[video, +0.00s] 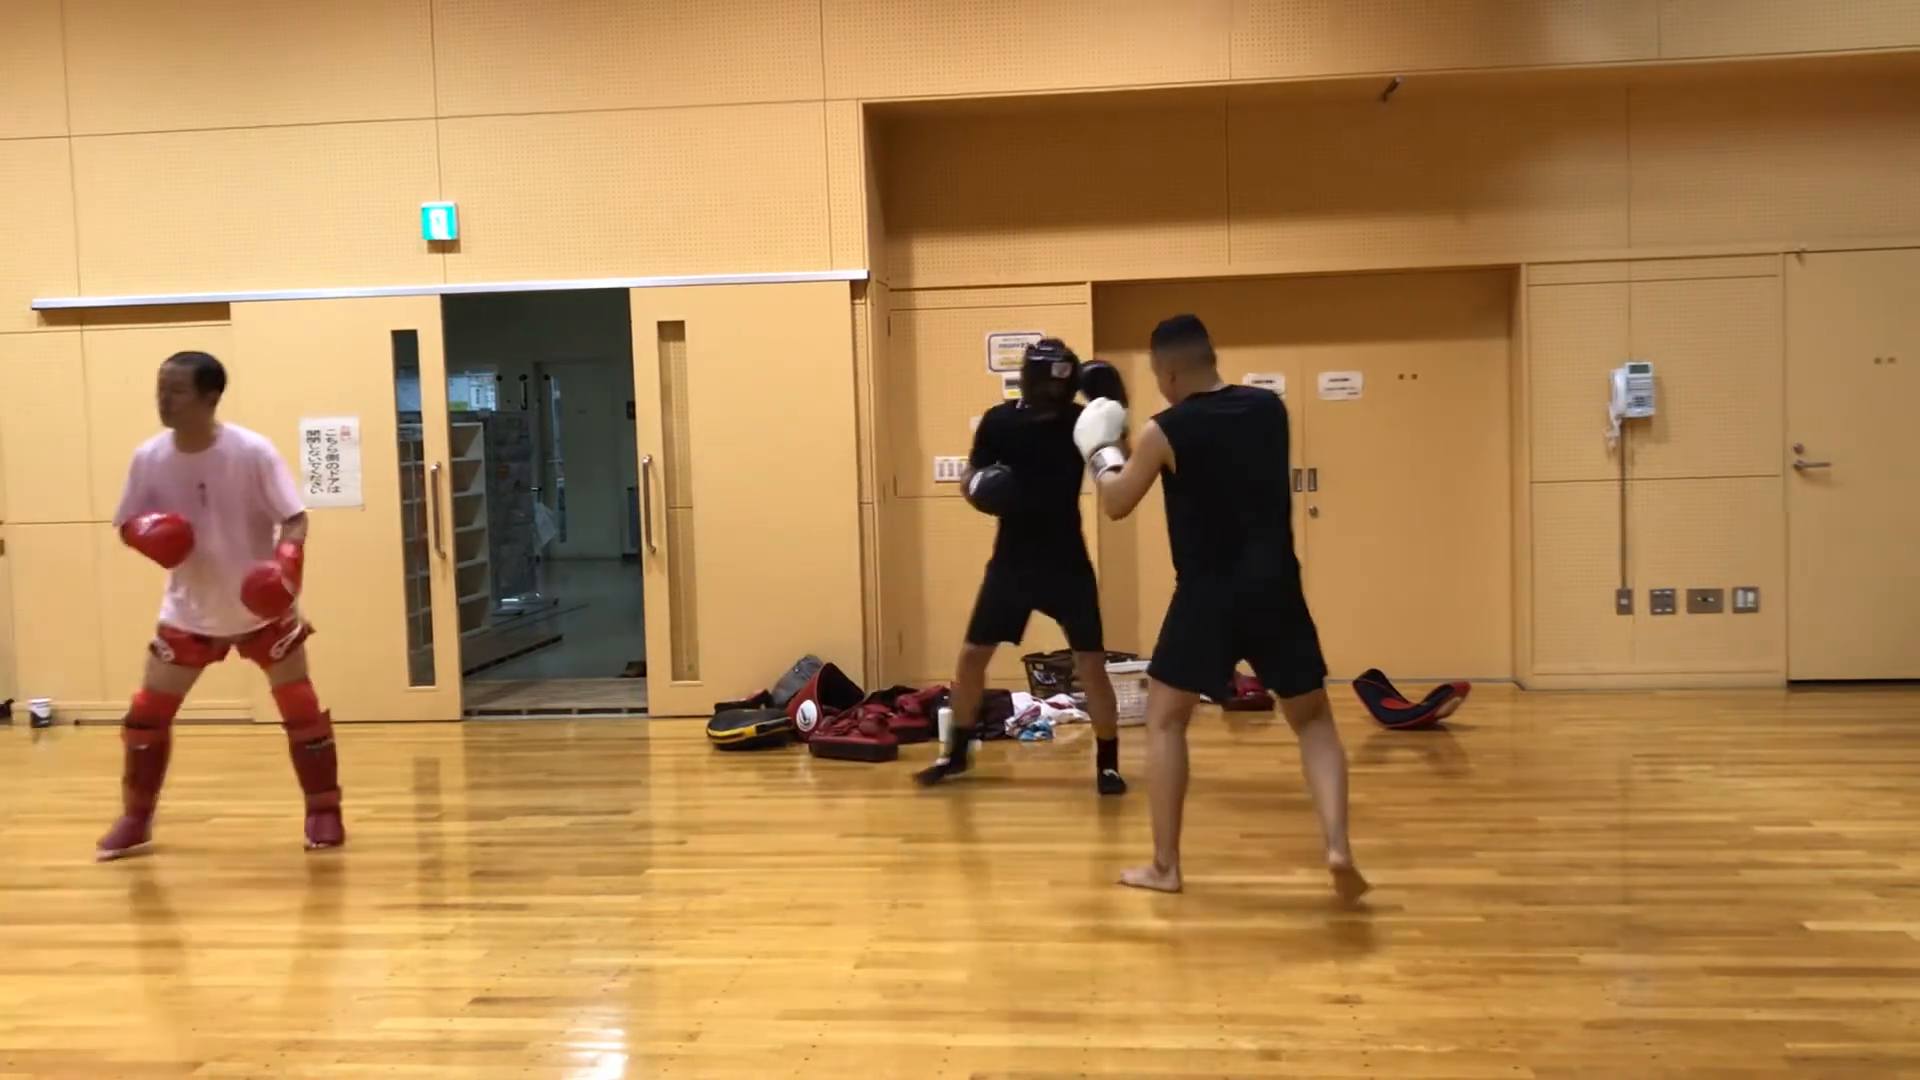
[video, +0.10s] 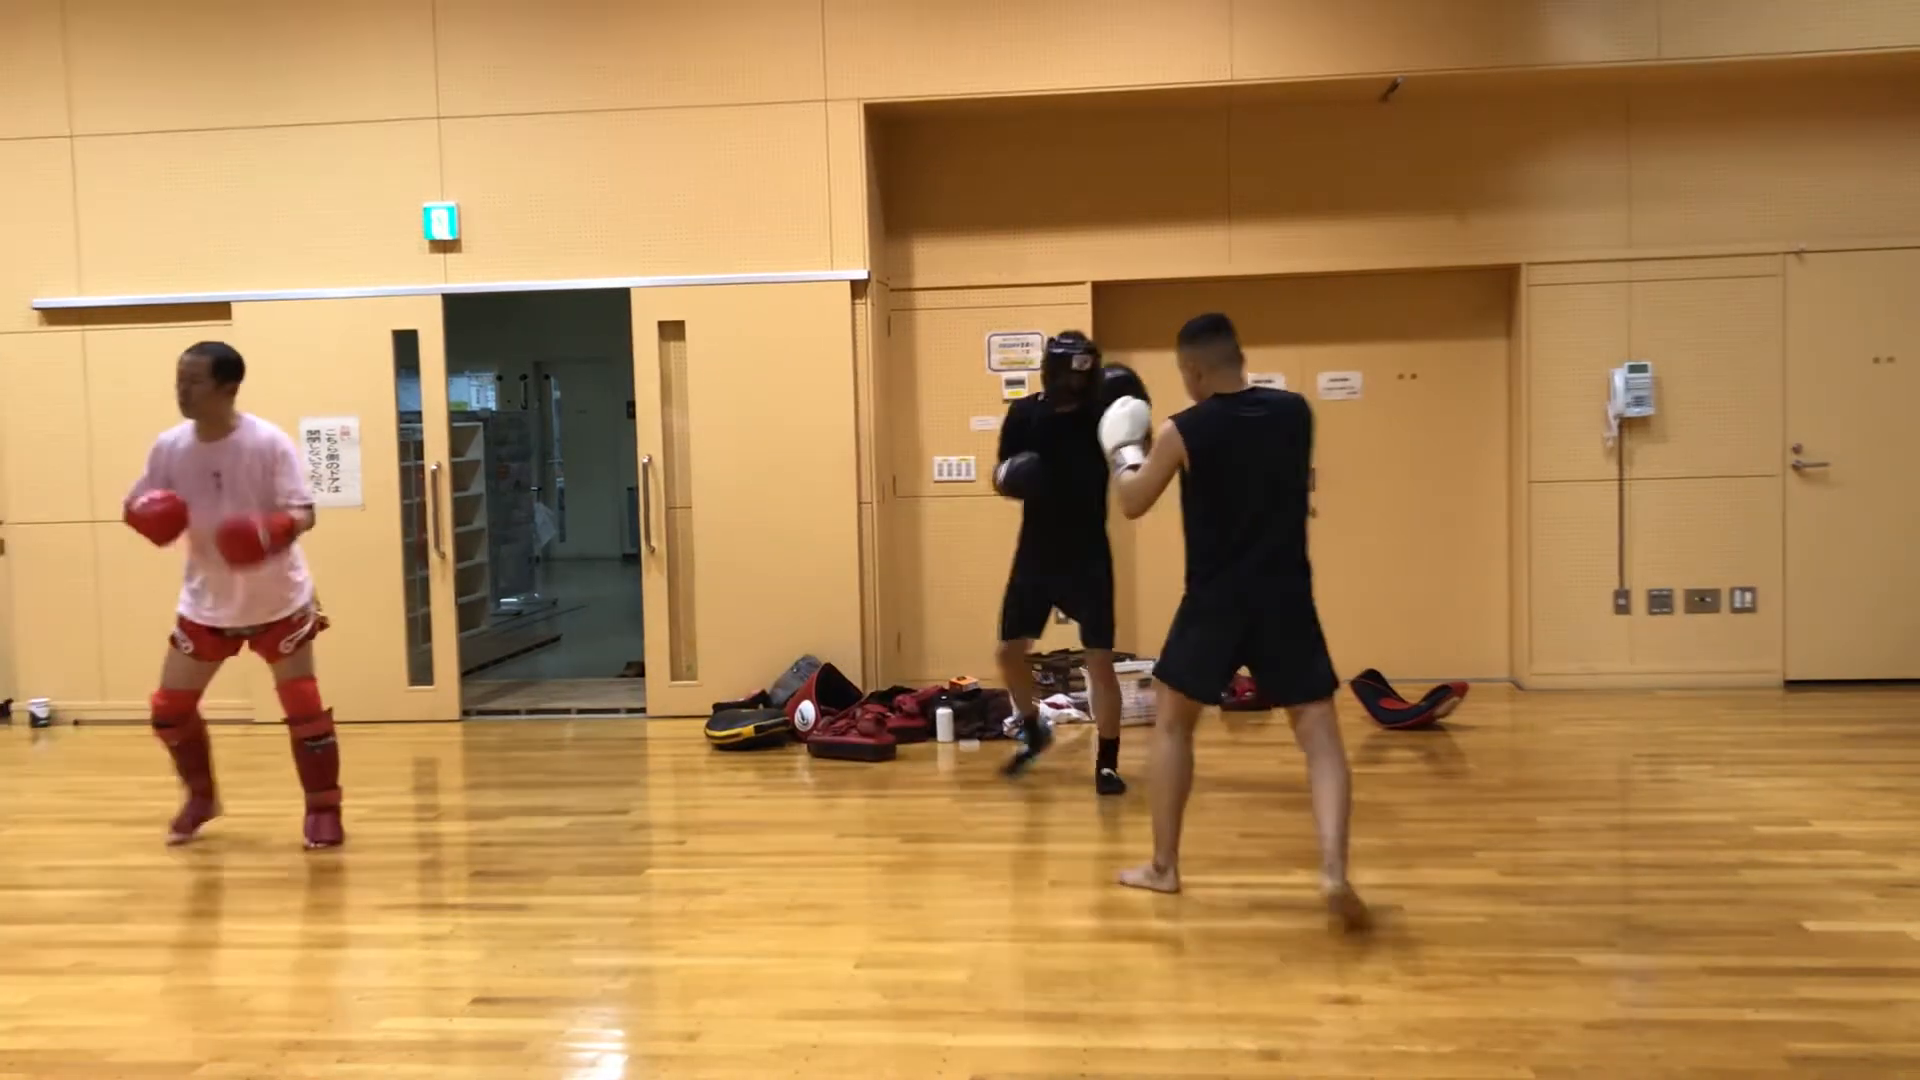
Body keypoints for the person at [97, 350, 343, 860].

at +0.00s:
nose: (162, 400)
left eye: (174, 392)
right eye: (160, 390)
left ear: (210, 397)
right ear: (158, 394)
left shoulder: (254, 454)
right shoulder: (150, 459)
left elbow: (295, 520)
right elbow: (127, 522)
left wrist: (283, 573)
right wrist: (145, 534)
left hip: (261, 606)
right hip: (188, 610)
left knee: (301, 711)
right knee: (146, 717)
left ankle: (324, 813)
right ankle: (136, 819)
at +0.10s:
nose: (180, 390)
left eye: (192, 382)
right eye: (179, 380)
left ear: (227, 388)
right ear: (178, 383)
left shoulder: (270, 444)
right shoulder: (170, 448)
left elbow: (303, 511)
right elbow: (136, 502)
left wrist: (269, 530)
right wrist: (145, 513)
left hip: (278, 599)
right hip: (208, 600)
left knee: (303, 704)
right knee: (172, 710)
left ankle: (323, 809)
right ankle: (201, 797)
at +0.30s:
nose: (195, 386)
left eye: (206, 376)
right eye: (192, 375)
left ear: (241, 381)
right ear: (190, 376)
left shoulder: (271, 431)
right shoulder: (185, 443)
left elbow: (293, 494)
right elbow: (149, 503)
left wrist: (252, 450)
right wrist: (132, 477)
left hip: (289, 587)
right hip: (226, 590)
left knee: (308, 704)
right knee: (201, 704)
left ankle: (325, 810)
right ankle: (251, 780)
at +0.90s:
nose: (143, 388)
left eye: (155, 379)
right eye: (138, 378)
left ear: (185, 385)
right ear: (133, 383)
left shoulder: (217, 439)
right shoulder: (138, 447)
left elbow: (274, 495)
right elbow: (102, 504)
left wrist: (247, 481)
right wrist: (87, 455)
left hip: (231, 592)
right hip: (178, 599)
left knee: (228, 704)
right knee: (199, 710)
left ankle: (254, 808)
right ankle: (229, 796)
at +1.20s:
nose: (123, 385)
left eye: (135, 377)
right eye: (117, 376)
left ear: (165, 385)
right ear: (110, 381)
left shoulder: (188, 439)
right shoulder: (105, 451)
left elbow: (241, 492)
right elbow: (77, 516)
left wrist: (210, 454)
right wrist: (57, 471)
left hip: (199, 595)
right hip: (139, 600)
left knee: (191, 719)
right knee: (131, 716)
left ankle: (203, 828)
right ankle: (203, 784)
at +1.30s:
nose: (107, 384)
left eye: (120, 374)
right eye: (101, 373)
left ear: (152, 381)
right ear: (93, 377)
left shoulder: (178, 433)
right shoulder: (87, 444)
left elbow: (215, 482)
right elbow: (49, 502)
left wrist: (171, 442)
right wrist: (38, 453)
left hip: (182, 598)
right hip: (116, 601)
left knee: (185, 720)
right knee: (86, 715)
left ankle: (202, 833)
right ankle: (133, 807)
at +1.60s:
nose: (61, 385)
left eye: (75, 376)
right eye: (54, 375)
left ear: (102, 384)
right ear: (43, 380)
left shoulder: (131, 443)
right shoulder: (36, 452)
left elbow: (192, 500)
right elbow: (6, 523)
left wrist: (154, 499)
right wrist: (2, 470)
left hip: (135, 607)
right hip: (66, 611)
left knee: (140, 725)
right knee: (56, 733)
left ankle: (154, 829)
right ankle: (77, 832)